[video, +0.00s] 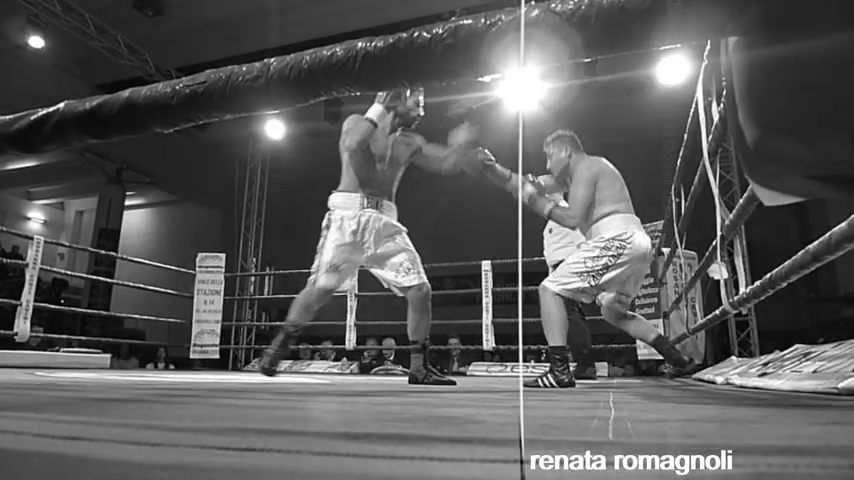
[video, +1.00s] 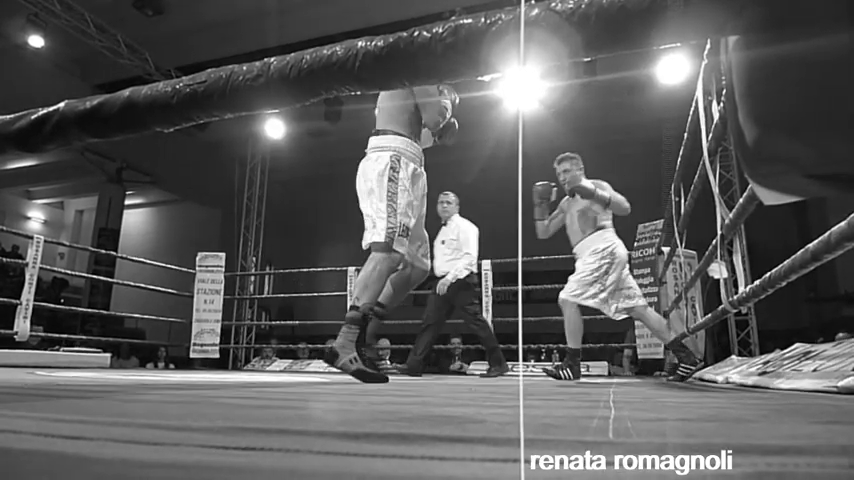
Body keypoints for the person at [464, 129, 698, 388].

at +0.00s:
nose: (547, 162)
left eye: (549, 154)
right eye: (546, 156)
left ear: (565, 150)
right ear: (568, 151)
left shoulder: (584, 167)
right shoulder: (592, 168)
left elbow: (575, 218)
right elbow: (534, 186)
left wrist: (538, 203)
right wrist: (491, 167)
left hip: (617, 240)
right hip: (639, 243)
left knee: (549, 289)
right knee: (613, 311)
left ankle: (559, 370)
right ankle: (676, 357)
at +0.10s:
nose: (557, 166)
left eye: (561, 159)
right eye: (555, 161)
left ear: (579, 155)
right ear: (578, 159)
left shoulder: (598, 172)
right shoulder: (583, 190)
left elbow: (601, 213)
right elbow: (565, 227)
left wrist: (568, 211)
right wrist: (548, 208)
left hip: (623, 241)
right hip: (637, 246)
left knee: (558, 288)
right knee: (624, 322)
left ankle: (560, 368)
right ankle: (687, 365)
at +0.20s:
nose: (571, 163)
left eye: (575, 156)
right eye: (570, 158)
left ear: (594, 154)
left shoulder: (607, 170)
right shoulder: (597, 190)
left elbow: (618, 204)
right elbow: (590, 237)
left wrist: (576, 196)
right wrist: (569, 211)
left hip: (625, 241)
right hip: (641, 246)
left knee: (572, 292)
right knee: (631, 318)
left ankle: (562, 367)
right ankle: (690, 367)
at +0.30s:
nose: (587, 157)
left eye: (590, 151)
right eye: (585, 154)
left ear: (608, 148)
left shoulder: (617, 163)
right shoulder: (601, 186)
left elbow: (624, 188)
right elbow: (598, 229)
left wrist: (585, 174)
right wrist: (578, 197)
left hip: (626, 233)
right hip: (639, 239)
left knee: (586, 292)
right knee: (641, 311)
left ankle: (586, 368)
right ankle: (693, 367)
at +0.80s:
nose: (577, 167)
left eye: (581, 161)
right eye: (574, 164)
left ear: (594, 159)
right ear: (573, 167)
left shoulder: (607, 174)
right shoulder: (586, 191)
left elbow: (617, 201)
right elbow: (589, 233)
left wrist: (580, 190)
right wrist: (568, 208)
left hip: (618, 239)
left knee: (585, 290)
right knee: (636, 308)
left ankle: (608, 358)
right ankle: (683, 356)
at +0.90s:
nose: (572, 170)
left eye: (576, 164)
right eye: (568, 167)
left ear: (589, 163)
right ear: (565, 170)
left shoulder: (602, 177)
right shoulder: (573, 196)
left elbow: (622, 199)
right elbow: (565, 231)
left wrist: (586, 187)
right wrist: (557, 203)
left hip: (613, 240)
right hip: (598, 247)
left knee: (578, 292)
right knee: (636, 307)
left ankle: (584, 361)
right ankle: (685, 355)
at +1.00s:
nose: (564, 177)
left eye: (568, 171)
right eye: (560, 173)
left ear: (580, 170)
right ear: (558, 177)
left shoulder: (597, 186)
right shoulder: (566, 204)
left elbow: (625, 208)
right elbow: (543, 232)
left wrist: (593, 194)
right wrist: (540, 204)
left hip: (605, 248)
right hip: (591, 255)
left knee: (568, 299)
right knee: (639, 309)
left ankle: (572, 366)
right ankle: (686, 357)